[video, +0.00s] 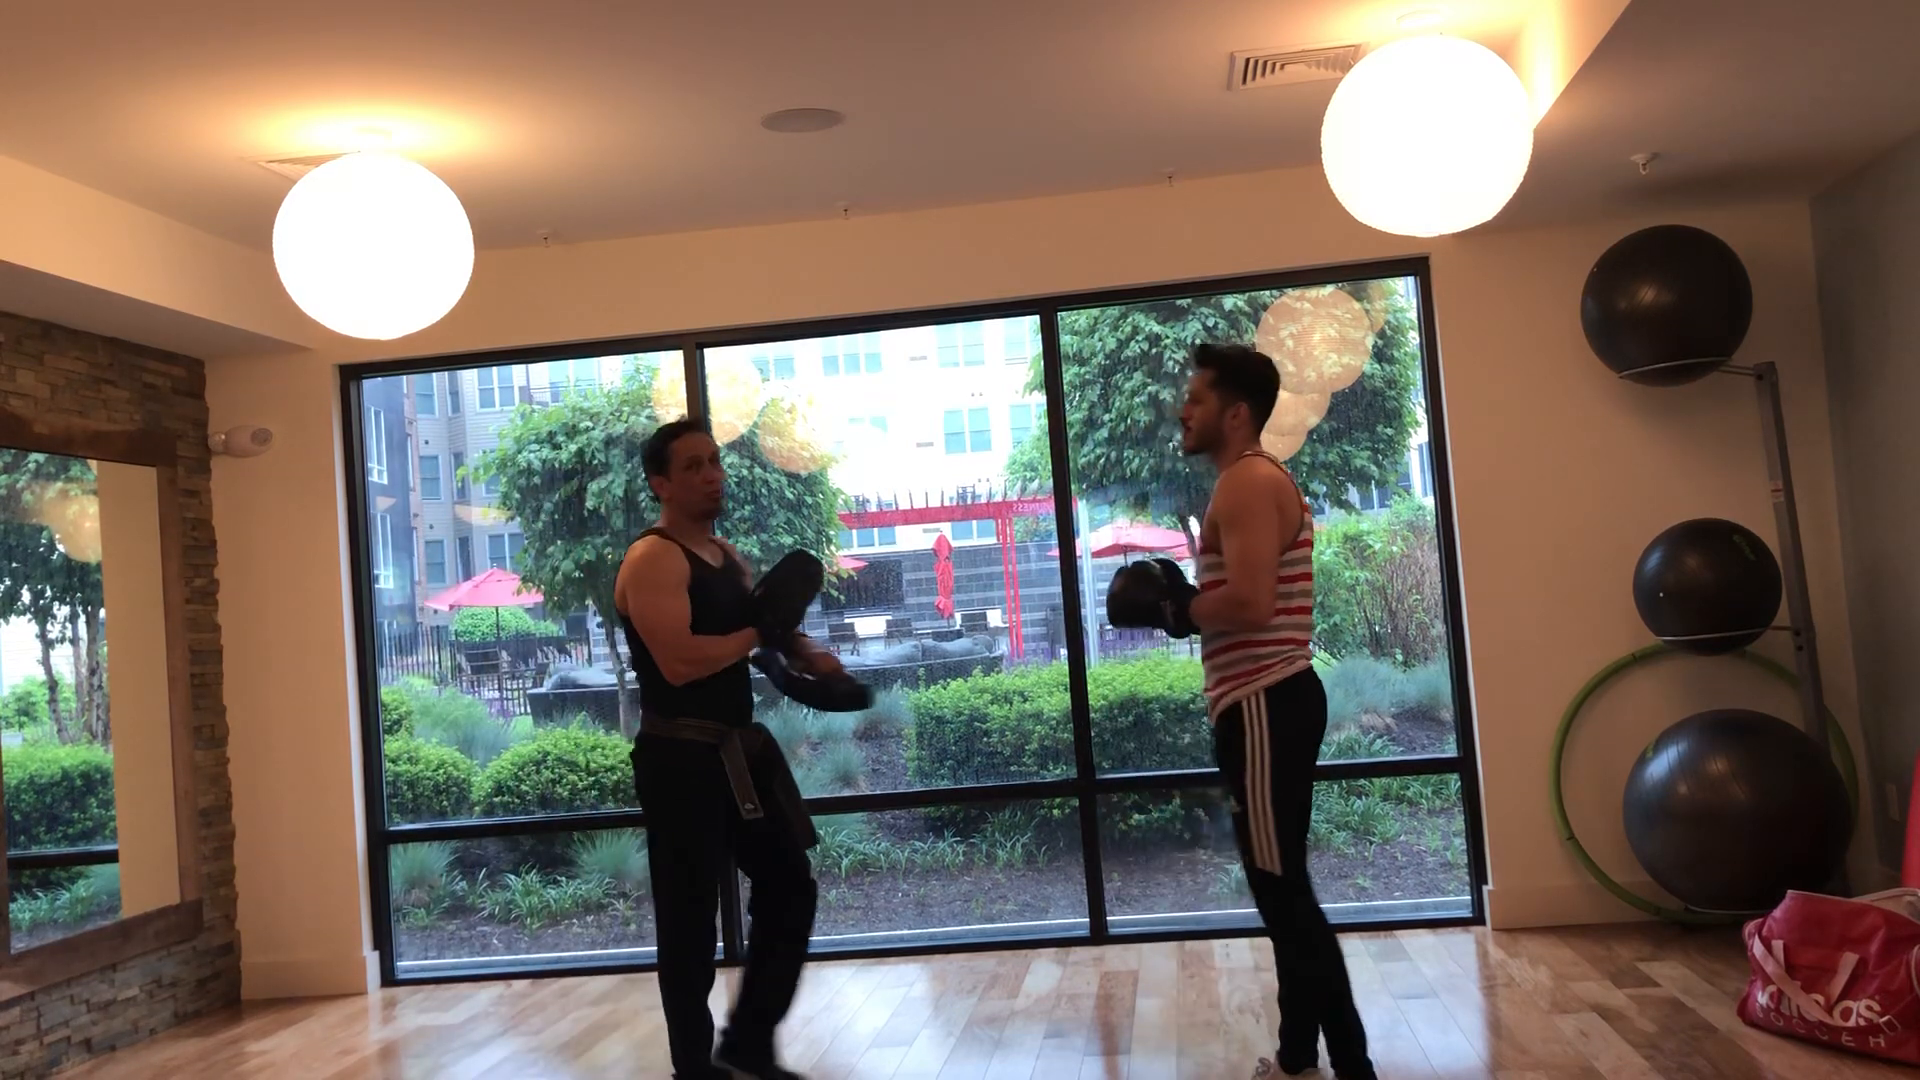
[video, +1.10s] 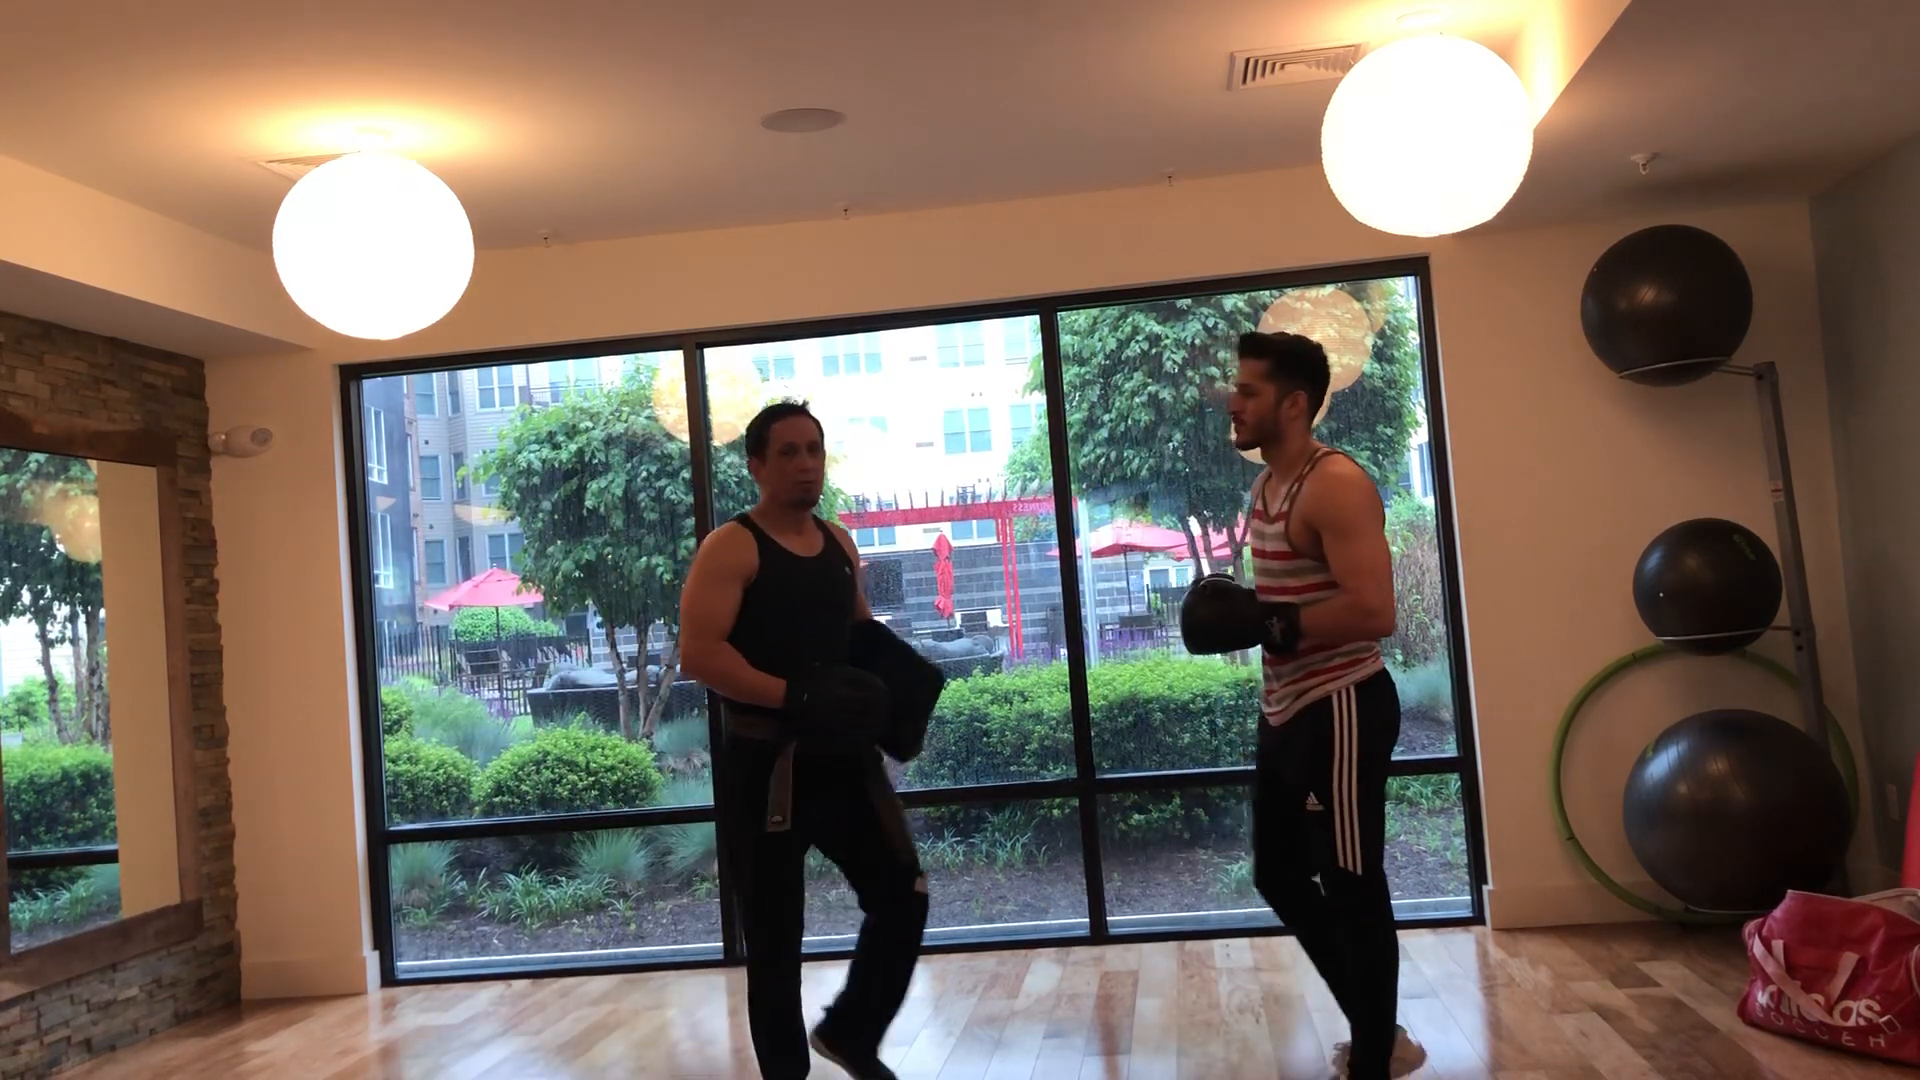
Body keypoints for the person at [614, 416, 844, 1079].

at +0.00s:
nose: (714, 474)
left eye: (715, 461)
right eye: (696, 466)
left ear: (720, 469)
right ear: (661, 484)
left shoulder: (729, 557)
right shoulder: (650, 560)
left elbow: (771, 625)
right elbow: (679, 661)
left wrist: (813, 656)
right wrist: (762, 633)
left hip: (739, 748)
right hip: (676, 756)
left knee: (790, 886)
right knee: (687, 914)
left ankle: (749, 1042)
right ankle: (693, 1061)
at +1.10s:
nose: (807, 464)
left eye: (815, 450)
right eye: (790, 452)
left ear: (825, 460)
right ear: (756, 466)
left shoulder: (838, 543)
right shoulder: (728, 548)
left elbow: (859, 633)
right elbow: (698, 653)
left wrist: (895, 686)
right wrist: (798, 695)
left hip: (840, 753)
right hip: (760, 763)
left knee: (901, 896)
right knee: (774, 932)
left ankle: (851, 1031)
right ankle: (784, 1068)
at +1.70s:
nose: (918, 444)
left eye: (916, 433)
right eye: (901, 434)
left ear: (901, 448)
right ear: (855, 449)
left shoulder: (919, 537)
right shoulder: (818, 535)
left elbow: (947, 623)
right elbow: (770, 644)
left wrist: (979, 696)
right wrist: (829, 730)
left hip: (918, 756)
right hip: (843, 759)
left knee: (934, 929)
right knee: (832, 931)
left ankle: (948, 1071)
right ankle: (796, 1070)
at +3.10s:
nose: (952, 452)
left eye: (948, 439)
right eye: (938, 441)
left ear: (904, 454)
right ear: (891, 453)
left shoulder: (929, 532)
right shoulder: (841, 538)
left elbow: (931, 636)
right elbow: (806, 657)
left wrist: (994, 652)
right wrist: (914, 681)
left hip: (935, 753)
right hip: (862, 758)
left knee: (967, 932)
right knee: (855, 946)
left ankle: (991, 1073)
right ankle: (844, 1078)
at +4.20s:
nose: (1015, 495)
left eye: (1017, 480)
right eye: (1011, 478)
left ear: (972, 474)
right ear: (971, 471)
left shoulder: (969, 549)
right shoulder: (888, 550)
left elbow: (971, 650)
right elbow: (877, 674)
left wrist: (1035, 678)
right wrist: (982, 700)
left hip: (964, 754)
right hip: (895, 760)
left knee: (1030, 909)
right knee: (898, 942)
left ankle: (1098, 1059)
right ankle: (873, 1076)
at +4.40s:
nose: (1052, 501)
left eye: (1053, 486)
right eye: (1046, 485)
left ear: (1007, 482)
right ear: (1007, 481)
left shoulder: (1011, 559)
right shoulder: (932, 560)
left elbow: (1028, 659)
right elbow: (877, 660)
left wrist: (1087, 603)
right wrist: (984, 676)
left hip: (1025, 769)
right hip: (959, 776)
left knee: (1100, 915)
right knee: (954, 954)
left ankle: (1137, 1065)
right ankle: (890, 1077)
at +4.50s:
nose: (1077, 492)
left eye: (1078, 478)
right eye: (1070, 478)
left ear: (1028, 479)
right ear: (1030, 476)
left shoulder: (1029, 560)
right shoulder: (966, 547)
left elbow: (1068, 649)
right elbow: (938, 631)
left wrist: (1119, 590)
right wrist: (1038, 611)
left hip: (1047, 763)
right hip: (991, 767)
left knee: (1124, 907)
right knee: (991, 947)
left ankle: (1143, 1061)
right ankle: (896, 1074)